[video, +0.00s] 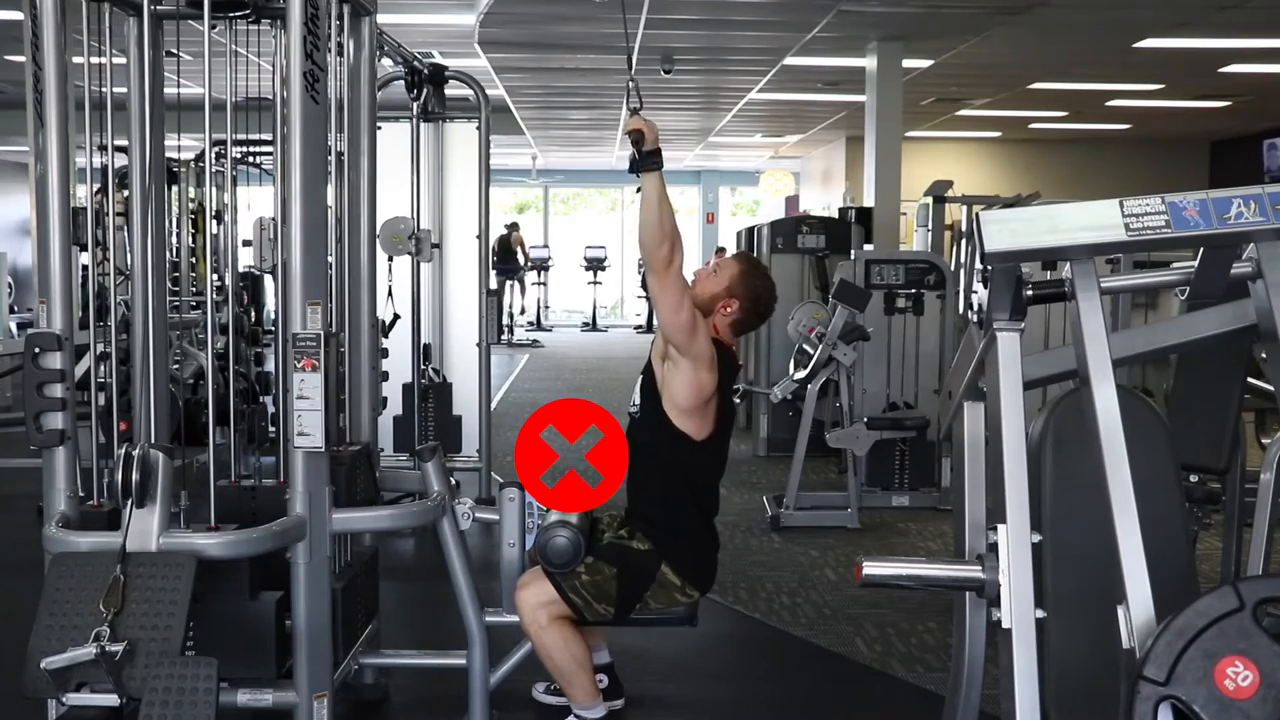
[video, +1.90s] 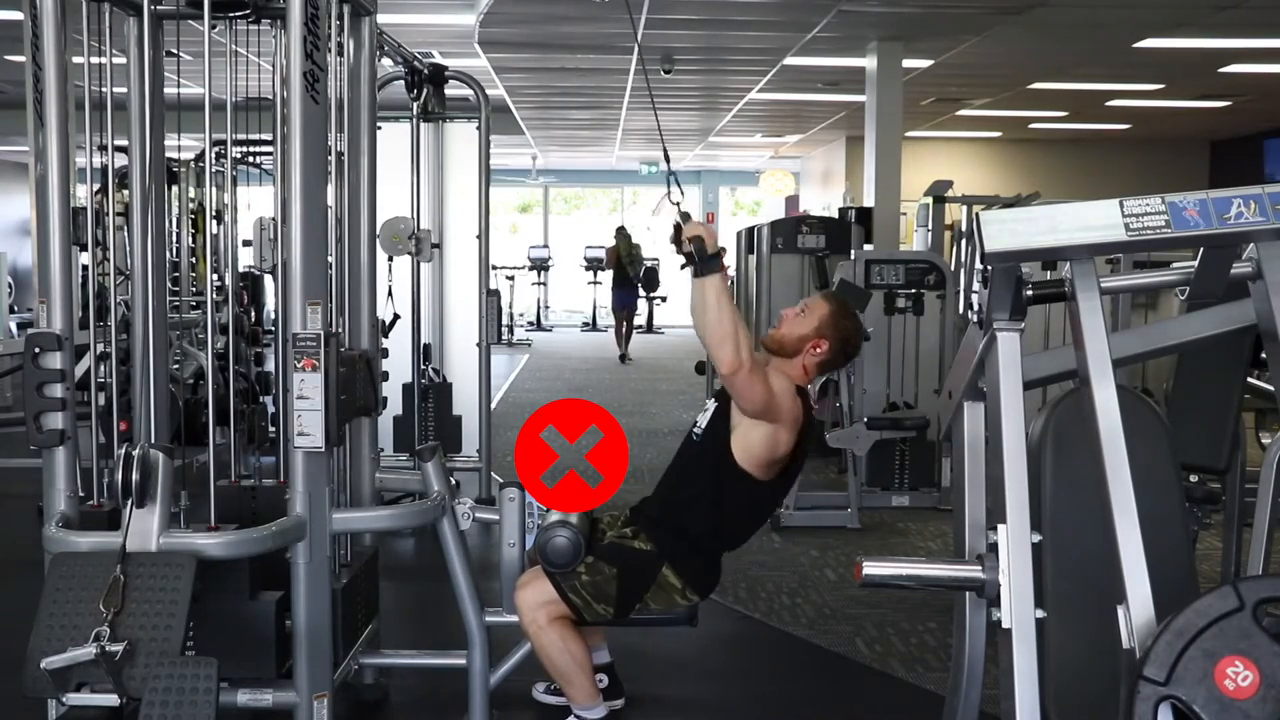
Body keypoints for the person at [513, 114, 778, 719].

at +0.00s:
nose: (704, 263)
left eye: (716, 265)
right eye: (715, 257)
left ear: (724, 304)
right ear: (727, 309)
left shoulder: (693, 350)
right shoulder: (699, 346)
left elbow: (661, 258)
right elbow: (662, 259)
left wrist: (648, 155)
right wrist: (648, 164)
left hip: (670, 555)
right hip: (661, 536)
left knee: (534, 595)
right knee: (549, 550)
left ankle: (590, 710)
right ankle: (593, 670)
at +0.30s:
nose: (722, 280)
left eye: (738, 280)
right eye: (733, 273)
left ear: (754, 315)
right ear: (755, 318)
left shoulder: (723, 367)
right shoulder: (720, 354)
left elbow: (683, 291)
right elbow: (687, 289)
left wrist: (665, 192)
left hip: (671, 560)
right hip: (653, 533)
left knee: (533, 597)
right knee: (555, 545)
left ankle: (589, 710)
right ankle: (594, 671)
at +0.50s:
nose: (765, 298)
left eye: (779, 297)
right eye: (775, 292)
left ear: (796, 332)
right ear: (795, 334)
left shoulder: (762, 396)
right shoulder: (751, 371)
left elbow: (720, 356)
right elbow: (720, 336)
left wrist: (697, 250)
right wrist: (706, 265)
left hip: (670, 564)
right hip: (649, 529)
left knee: (533, 596)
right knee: (552, 545)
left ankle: (589, 711)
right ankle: (595, 672)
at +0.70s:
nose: (792, 316)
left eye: (807, 317)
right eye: (802, 310)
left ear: (824, 354)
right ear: (820, 356)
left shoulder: (795, 417)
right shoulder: (772, 386)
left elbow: (756, 438)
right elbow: (727, 387)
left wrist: (736, 331)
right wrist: (723, 324)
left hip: (676, 562)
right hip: (651, 527)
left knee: (533, 597)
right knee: (550, 545)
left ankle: (590, 712)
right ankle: (596, 670)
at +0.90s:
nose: (813, 335)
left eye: (829, 335)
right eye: (825, 328)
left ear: (844, 371)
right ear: (842, 371)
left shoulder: (816, 435)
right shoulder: (797, 399)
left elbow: (784, 499)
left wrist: (766, 403)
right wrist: (755, 381)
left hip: (679, 560)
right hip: (660, 523)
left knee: (536, 595)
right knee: (553, 544)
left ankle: (590, 711)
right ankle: (596, 674)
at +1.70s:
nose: (817, 336)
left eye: (832, 337)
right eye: (827, 330)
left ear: (845, 373)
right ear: (842, 372)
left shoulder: (813, 427)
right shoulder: (795, 396)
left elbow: (766, 435)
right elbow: (739, 386)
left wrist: (747, 331)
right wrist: (729, 322)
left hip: (680, 561)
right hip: (662, 525)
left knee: (537, 595)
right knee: (557, 544)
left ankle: (590, 712)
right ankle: (595, 673)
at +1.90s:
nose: (786, 311)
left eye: (801, 310)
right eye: (798, 304)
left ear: (814, 346)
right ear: (812, 349)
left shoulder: (778, 401)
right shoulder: (769, 381)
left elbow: (732, 360)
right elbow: (730, 344)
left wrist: (706, 258)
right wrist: (708, 260)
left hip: (671, 561)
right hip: (653, 530)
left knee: (533, 598)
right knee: (552, 547)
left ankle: (589, 710)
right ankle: (596, 672)